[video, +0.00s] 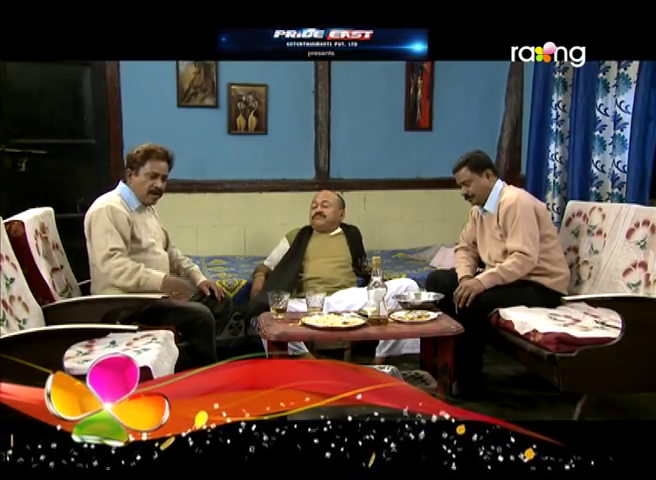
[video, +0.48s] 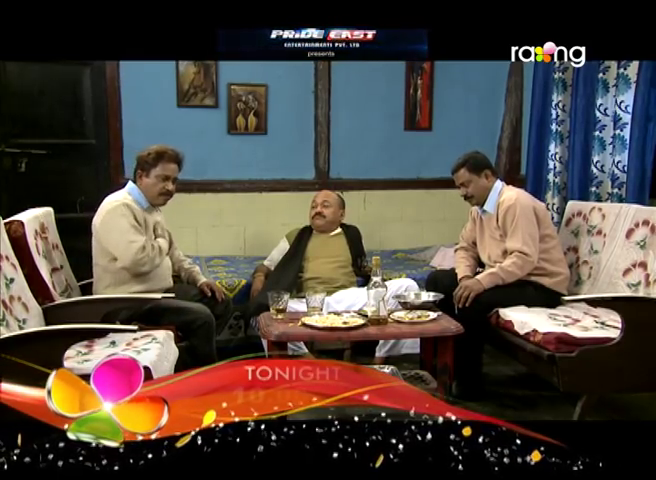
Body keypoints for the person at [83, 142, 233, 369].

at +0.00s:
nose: (159, 185)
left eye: (163, 179)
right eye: (152, 177)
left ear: (168, 181)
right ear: (131, 175)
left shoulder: (146, 211)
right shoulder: (107, 209)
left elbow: (170, 253)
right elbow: (113, 268)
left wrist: (199, 279)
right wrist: (163, 282)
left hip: (153, 300)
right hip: (125, 307)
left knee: (218, 302)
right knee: (200, 317)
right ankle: (205, 387)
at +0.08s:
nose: (161, 185)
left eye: (165, 179)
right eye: (154, 177)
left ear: (169, 180)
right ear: (132, 175)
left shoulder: (147, 211)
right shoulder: (109, 209)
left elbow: (172, 255)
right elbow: (117, 267)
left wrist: (200, 279)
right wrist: (170, 280)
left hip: (155, 298)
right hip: (124, 305)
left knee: (218, 304)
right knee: (199, 317)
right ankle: (204, 388)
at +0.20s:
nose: (164, 185)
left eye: (167, 179)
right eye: (156, 177)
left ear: (171, 179)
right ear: (134, 176)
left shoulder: (147, 209)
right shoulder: (111, 209)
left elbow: (168, 252)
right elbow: (124, 266)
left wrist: (197, 278)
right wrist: (178, 270)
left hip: (156, 294)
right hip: (126, 303)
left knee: (219, 303)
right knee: (200, 317)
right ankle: (205, 385)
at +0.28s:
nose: (165, 186)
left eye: (169, 179)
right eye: (158, 178)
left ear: (172, 180)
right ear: (136, 176)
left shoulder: (148, 211)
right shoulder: (112, 210)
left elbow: (170, 257)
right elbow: (128, 266)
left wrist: (200, 280)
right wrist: (178, 261)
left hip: (158, 295)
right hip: (127, 304)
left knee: (219, 303)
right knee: (200, 317)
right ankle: (206, 384)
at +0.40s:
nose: (169, 187)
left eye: (172, 180)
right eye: (162, 179)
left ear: (176, 181)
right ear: (139, 177)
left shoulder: (151, 213)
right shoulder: (114, 209)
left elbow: (174, 258)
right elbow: (130, 263)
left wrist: (200, 280)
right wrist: (160, 247)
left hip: (158, 294)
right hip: (127, 303)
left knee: (218, 303)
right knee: (200, 318)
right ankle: (205, 383)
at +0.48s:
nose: (170, 187)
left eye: (174, 181)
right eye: (163, 179)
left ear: (177, 182)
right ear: (141, 177)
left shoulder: (151, 211)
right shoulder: (116, 209)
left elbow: (174, 257)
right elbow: (135, 260)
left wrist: (200, 280)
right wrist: (162, 244)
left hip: (158, 295)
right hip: (127, 304)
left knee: (218, 303)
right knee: (200, 318)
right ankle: (205, 384)